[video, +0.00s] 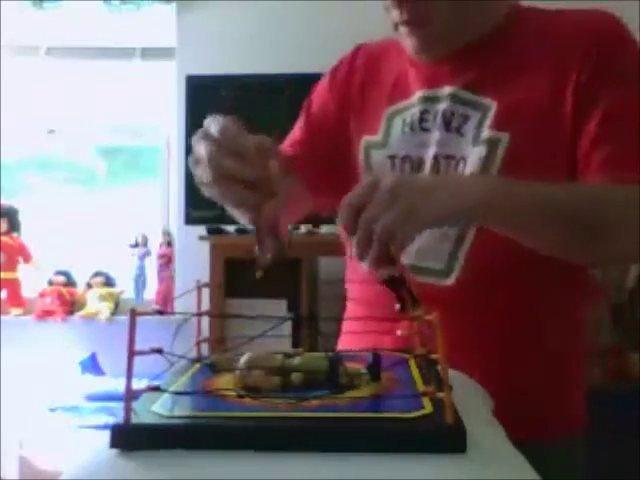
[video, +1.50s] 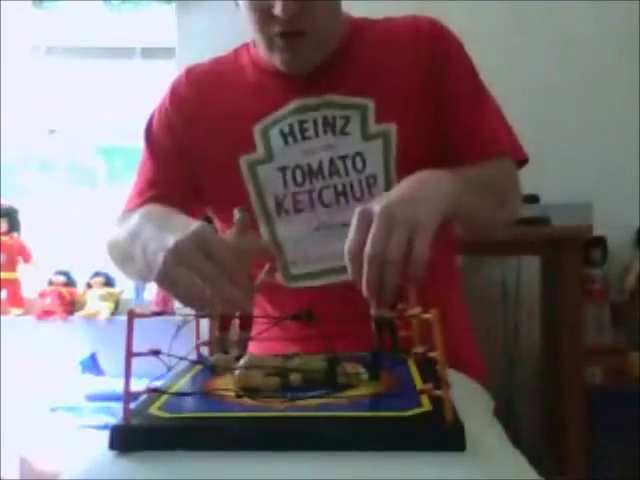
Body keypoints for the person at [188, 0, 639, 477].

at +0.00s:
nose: (397, 4)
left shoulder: (590, 46)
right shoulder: (360, 73)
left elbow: (621, 224)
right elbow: (274, 206)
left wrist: (461, 195)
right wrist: (231, 169)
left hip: (524, 428)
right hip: (366, 421)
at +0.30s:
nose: (308, 11)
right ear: (276, 1)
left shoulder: (488, 42)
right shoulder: (257, 88)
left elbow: (565, 214)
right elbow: (231, 263)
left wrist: (431, 148)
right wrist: (186, 225)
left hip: (480, 413)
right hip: (318, 425)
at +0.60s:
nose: (267, 14)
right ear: (233, 1)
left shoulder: (433, 45)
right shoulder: (205, 94)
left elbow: (518, 199)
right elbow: (131, 241)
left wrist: (436, 196)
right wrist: (148, 226)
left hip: (435, 377)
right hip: (282, 392)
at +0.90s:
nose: (272, 11)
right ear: (239, 2)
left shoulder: (422, 52)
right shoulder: (197, 96)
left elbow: (506, 200)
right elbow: (131, 232)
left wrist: (439, 198)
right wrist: (159, 240)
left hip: (424, 366)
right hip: (275, 375)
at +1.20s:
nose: (279, 8)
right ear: (241, 1)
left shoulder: (422, 51)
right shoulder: (198, 96)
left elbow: (504, 197)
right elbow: (131, 234)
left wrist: (438, 190)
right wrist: (156, 235)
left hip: (424, 367)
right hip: (275, 376)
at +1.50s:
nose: (283, 10)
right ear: (241, 1)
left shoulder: (422, 51)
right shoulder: (198, 95)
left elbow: (503, 198)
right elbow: (127, 239)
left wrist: (437, 189)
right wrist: (152, 233)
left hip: (426, 366)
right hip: (275, 374)